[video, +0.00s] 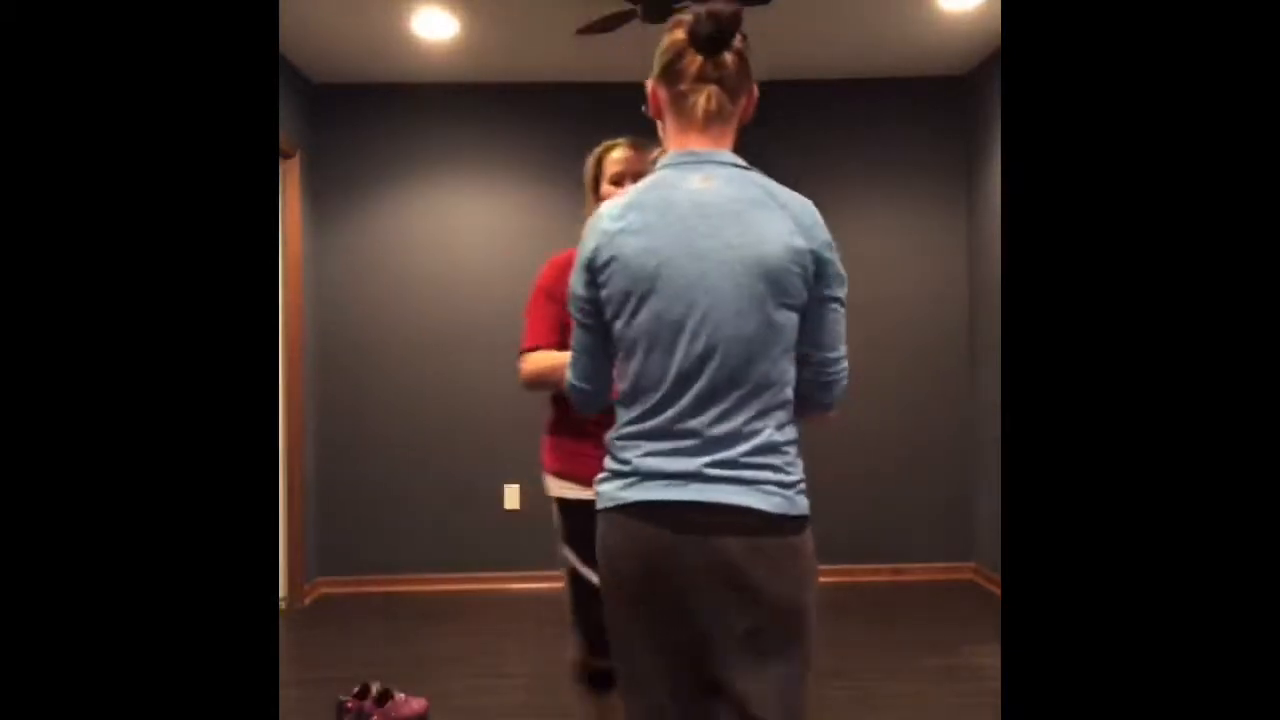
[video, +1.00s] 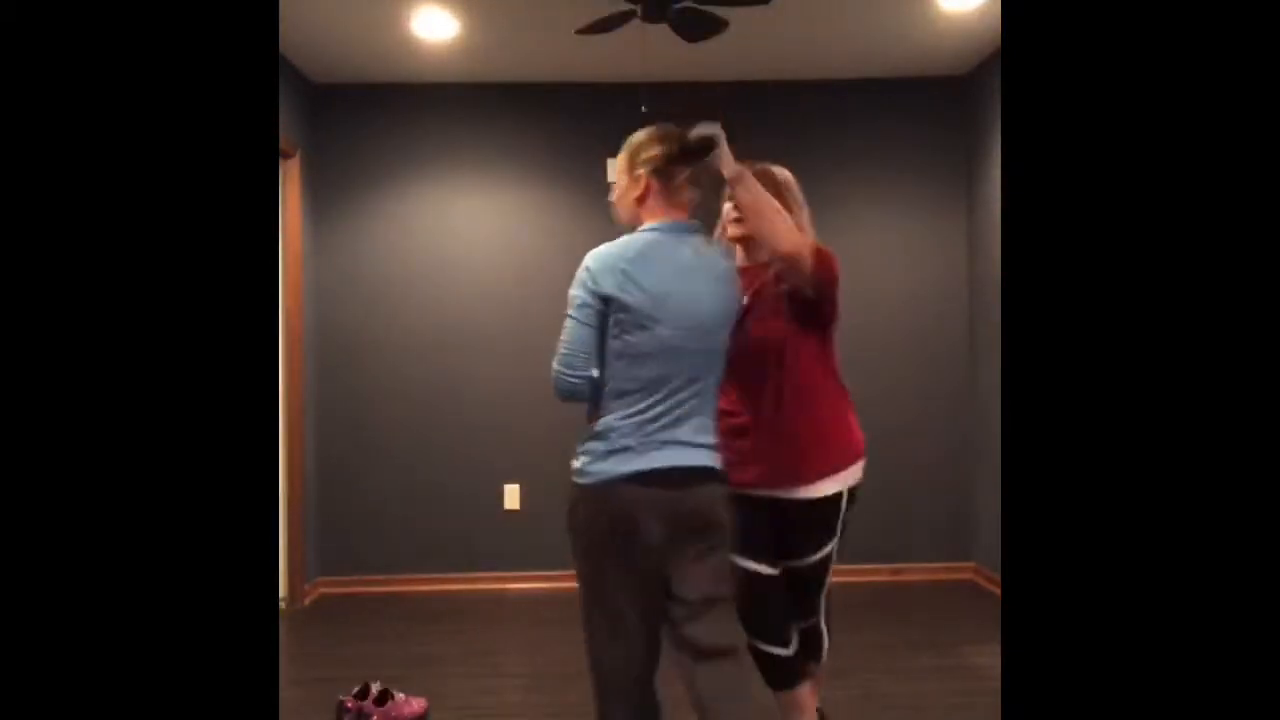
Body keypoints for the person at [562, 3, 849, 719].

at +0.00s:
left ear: (654, 100)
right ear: (748, 103)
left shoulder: (610, 226)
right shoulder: (799, 218)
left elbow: (587, 389)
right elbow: (822, 388)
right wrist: (741, 387)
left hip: (638, 525)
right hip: (763, 526)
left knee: (656, 708)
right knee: (770, 707)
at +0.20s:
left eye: (679, 106)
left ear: (683, 108)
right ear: (771, 114)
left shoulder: (635, 225)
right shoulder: (813, 224)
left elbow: (615, 383)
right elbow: (819, 383)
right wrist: (737, 376)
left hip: (660, 509)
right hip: (777, 512)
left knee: (682, 707)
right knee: (785, 705)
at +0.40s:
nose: (697, 132)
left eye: (698, 121)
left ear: (704, 121)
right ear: (785, 130)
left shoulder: (655, 232)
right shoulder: (821, 233)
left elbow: (638, 382)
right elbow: (824, 372)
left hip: (684, 504)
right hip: (794, 504)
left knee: (696, 695)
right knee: (800, 699)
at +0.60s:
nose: (688, 144)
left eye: (690, 132)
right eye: (693, 133)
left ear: (702, 134)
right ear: (775, 145)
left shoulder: (657, 236)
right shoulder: (814, 239)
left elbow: (631, 383)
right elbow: (815, 376)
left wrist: (699, 368)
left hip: (685, 509)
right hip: (791, 506)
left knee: (685, 666)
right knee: (791, 680)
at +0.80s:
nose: (658, 170)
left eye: (659, 158)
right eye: (659, 159)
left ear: (673, 158)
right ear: (737, 163)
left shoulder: (634, 250)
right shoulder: (778, 250)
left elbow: (611, 385)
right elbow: (767, 353)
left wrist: (683, 364)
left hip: (660, 506)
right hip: (759, 498)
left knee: (653, 688)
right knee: (773, 685)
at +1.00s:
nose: (612, 193)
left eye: (618, 180)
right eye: (614, 180)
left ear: (644, 184)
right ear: (687, 186)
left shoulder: (606, 263)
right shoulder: (724, 265)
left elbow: (571, 379)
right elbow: (720, 358)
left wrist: (627, 383)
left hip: (615, 490)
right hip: (701, 485)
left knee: (622, 664)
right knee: (717, 653)